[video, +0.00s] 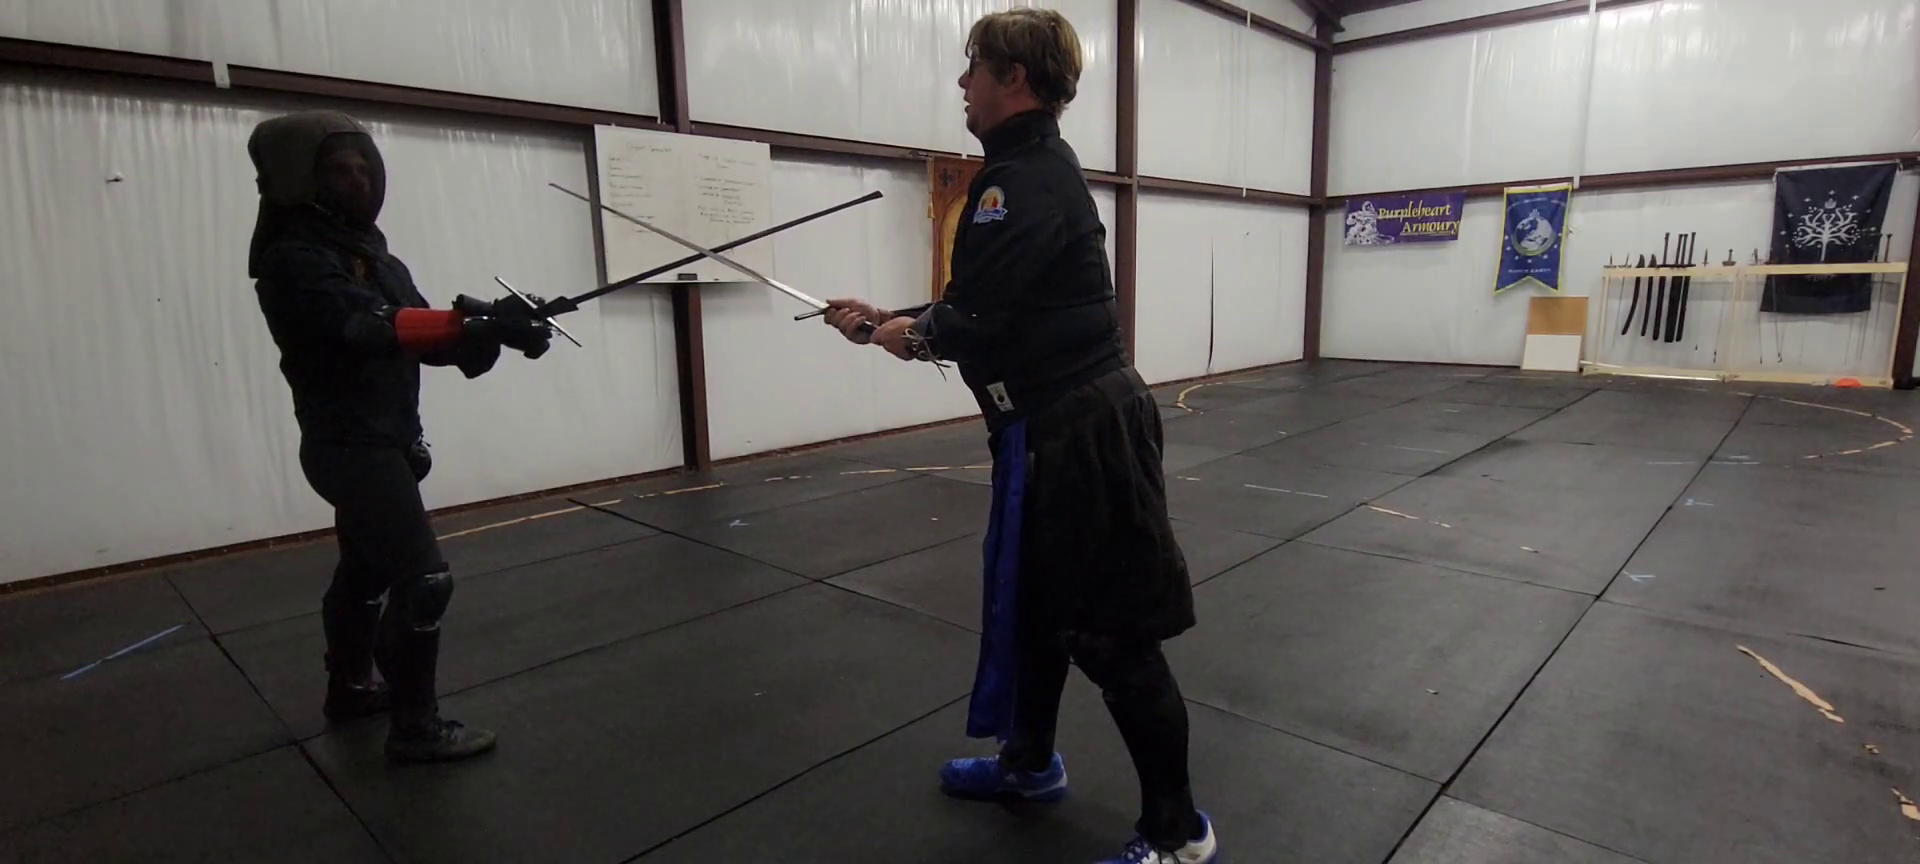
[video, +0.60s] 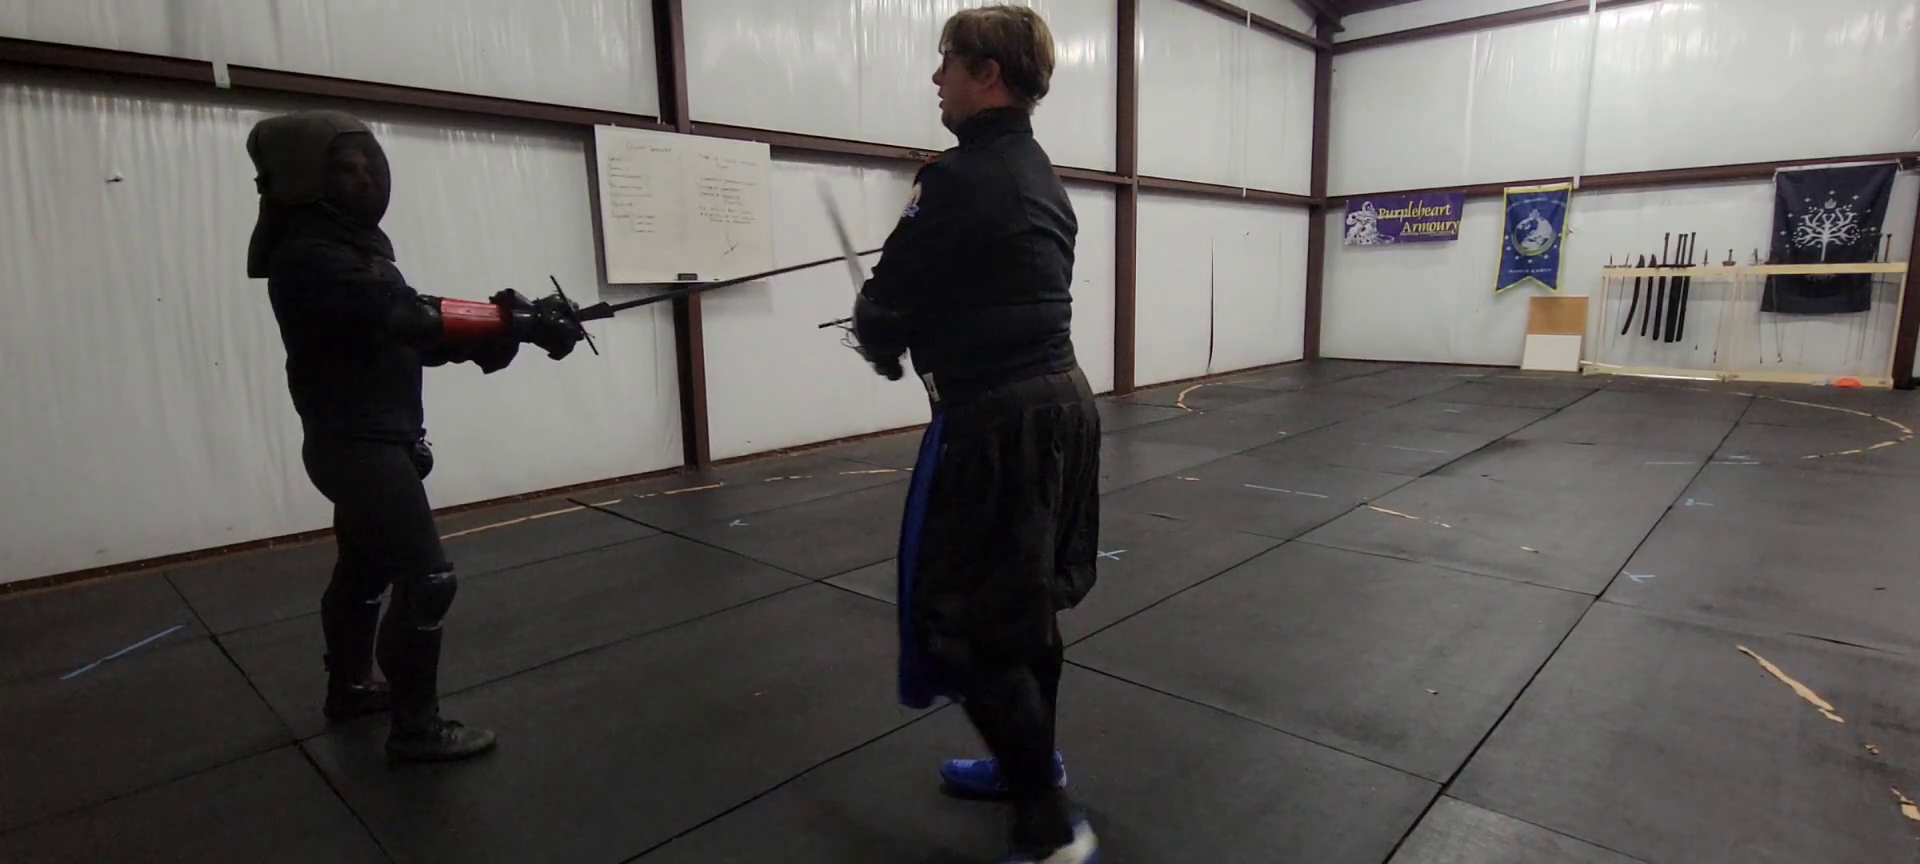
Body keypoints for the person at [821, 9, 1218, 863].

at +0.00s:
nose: (963, 84)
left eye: (976, 70)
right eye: (968, 69)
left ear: (1017, 82)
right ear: (1025, 83)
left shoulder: (1023, 181)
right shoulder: (1030, 167)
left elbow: (981, 322)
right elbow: (975, 300)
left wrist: (903, 334)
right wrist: (891, 319)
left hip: (1082, 423)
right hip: (1052, 420)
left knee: (1111, 629)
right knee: (1034, 599)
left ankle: (1176, 829)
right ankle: (1028, 760)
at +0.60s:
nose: (935, 76)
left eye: (948, 63)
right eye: (940, 62)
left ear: (989, 76)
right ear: (1006, 82)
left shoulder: (959, 181)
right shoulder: (1042, 175)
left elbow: (888, 305)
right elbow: (1006, 288)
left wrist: (881, 340)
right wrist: (915, 318)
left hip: (994, 424)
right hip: (1065, 406)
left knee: (970, 609)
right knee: (1027, 593)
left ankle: (1049, 827)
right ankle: (1022, 759)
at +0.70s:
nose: (918, 77)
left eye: (930, 64)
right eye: (923, 63)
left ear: (971, 76)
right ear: (989, 82)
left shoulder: (944, 182)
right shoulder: (1026, 176)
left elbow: (872, 301)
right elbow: (987, 290)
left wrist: (852, 333)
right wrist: (891, 318)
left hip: (980, 426)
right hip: (1053, 407)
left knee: (941, 623)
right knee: (1014, 593)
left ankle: (954, 833)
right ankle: (1031, 761)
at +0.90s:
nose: (885, 84)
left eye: (893, 69)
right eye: (888, 68)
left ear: (932, 75)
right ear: (961, 81)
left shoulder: (905, 182)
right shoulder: (995, 174)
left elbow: (825, 303)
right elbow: (910, 273)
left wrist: (762, 315)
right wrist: (798, 289)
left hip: (934, 433)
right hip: (1027, 417)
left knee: (861, 639)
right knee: (988, 602)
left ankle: (842, 845)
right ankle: (1024, 760)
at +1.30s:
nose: (773, 63)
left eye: (776, 44)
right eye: (774, 45)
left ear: (801, 45)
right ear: (874, 50)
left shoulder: (762, 166)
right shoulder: (930, 144)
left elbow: (730, 288)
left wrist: (720, 212)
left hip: (852, 441)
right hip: (982, 419)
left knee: (825, 696)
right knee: (1032, 690)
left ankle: (836, 857)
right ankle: (1087, 850)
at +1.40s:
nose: (770, 68)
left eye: (771, 47)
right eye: (771, 48)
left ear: (793, 46)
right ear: (875, 47)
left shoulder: (746, 176)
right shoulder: (936, 146)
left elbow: (741, 314)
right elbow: (949, 273)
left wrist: (849, 278)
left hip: (843, 450)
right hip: (979, 428)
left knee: (817, 703)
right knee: (1029, 705)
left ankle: (835, 855)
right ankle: (1088, 848)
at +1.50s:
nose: (774, 71)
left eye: (773, 51)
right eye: (773, 51)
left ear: (794, 49)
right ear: (880, 48)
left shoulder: (745, 189)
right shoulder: (955, 153)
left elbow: (760, 337)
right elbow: (965, 290)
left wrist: (832, 414)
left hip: (848, 467)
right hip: (985, 444)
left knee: (813, 711)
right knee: (1034, 722)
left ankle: (834, 854)